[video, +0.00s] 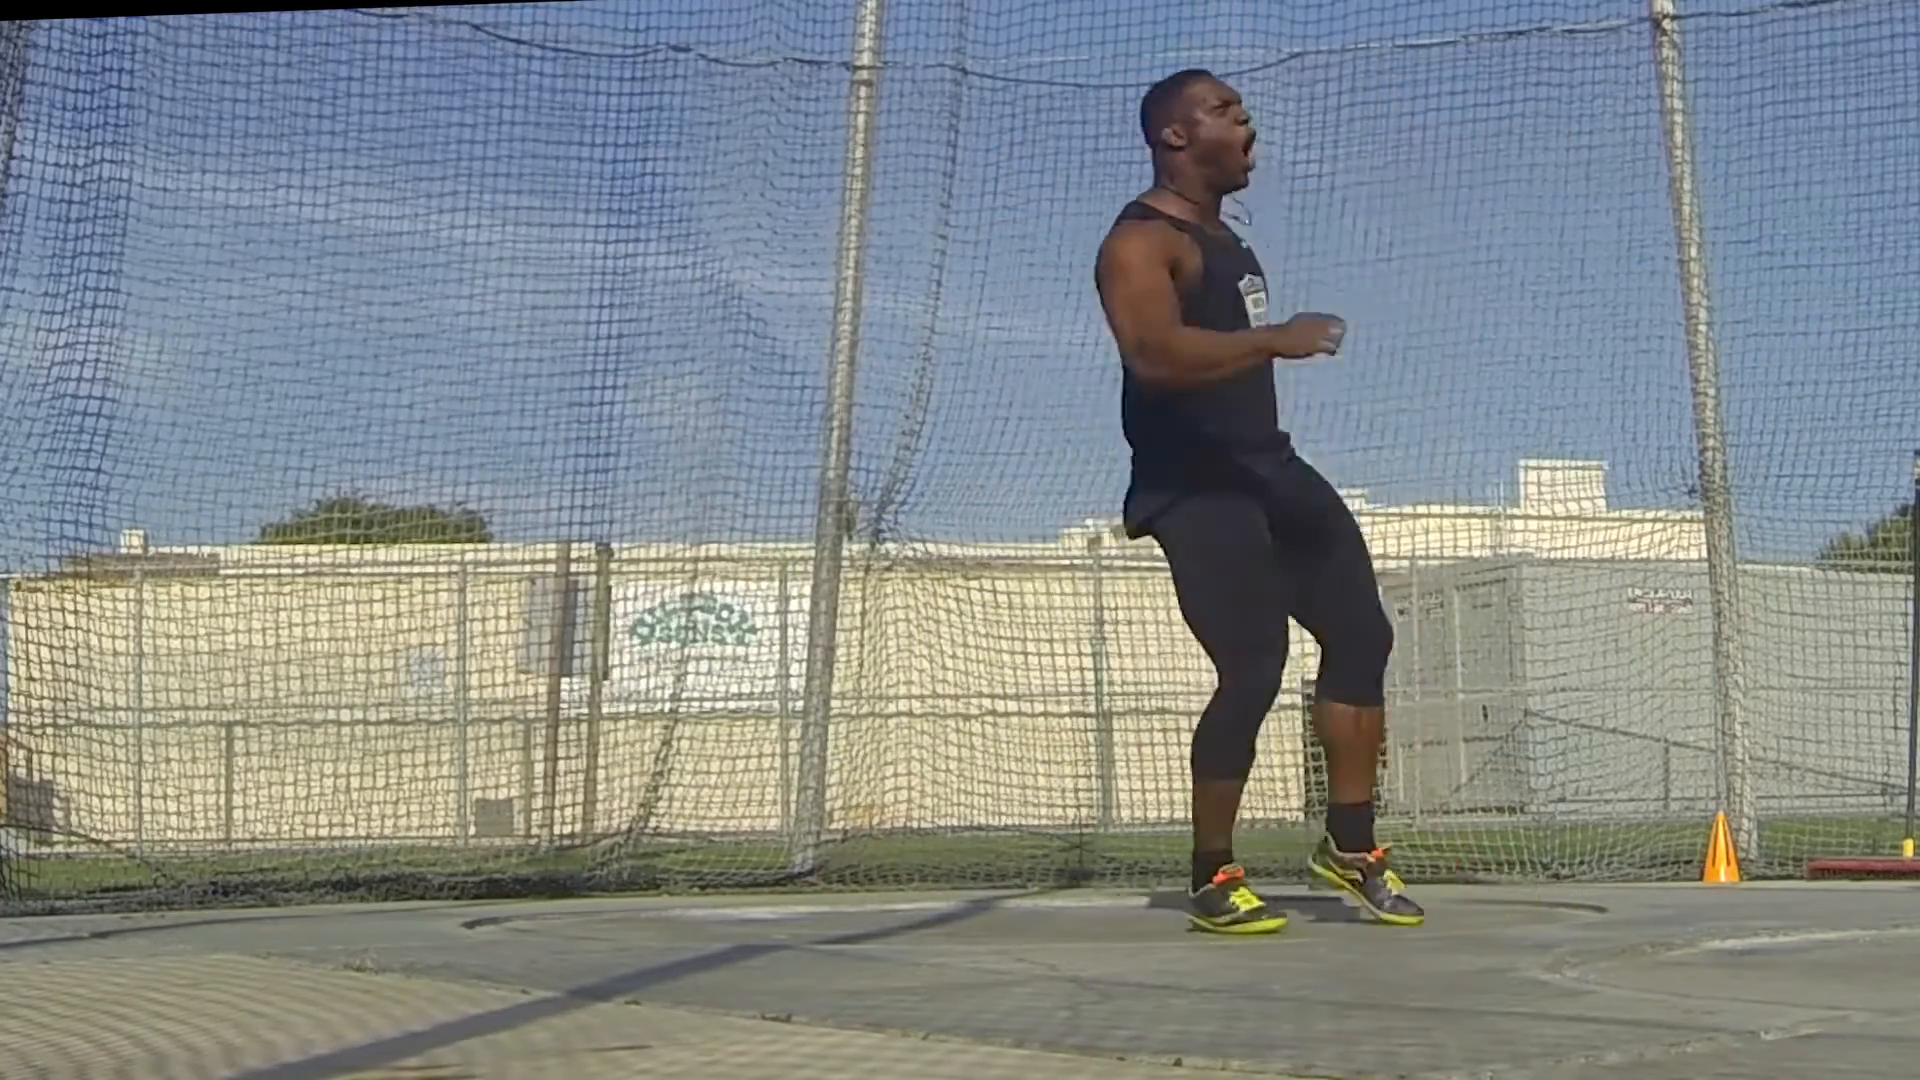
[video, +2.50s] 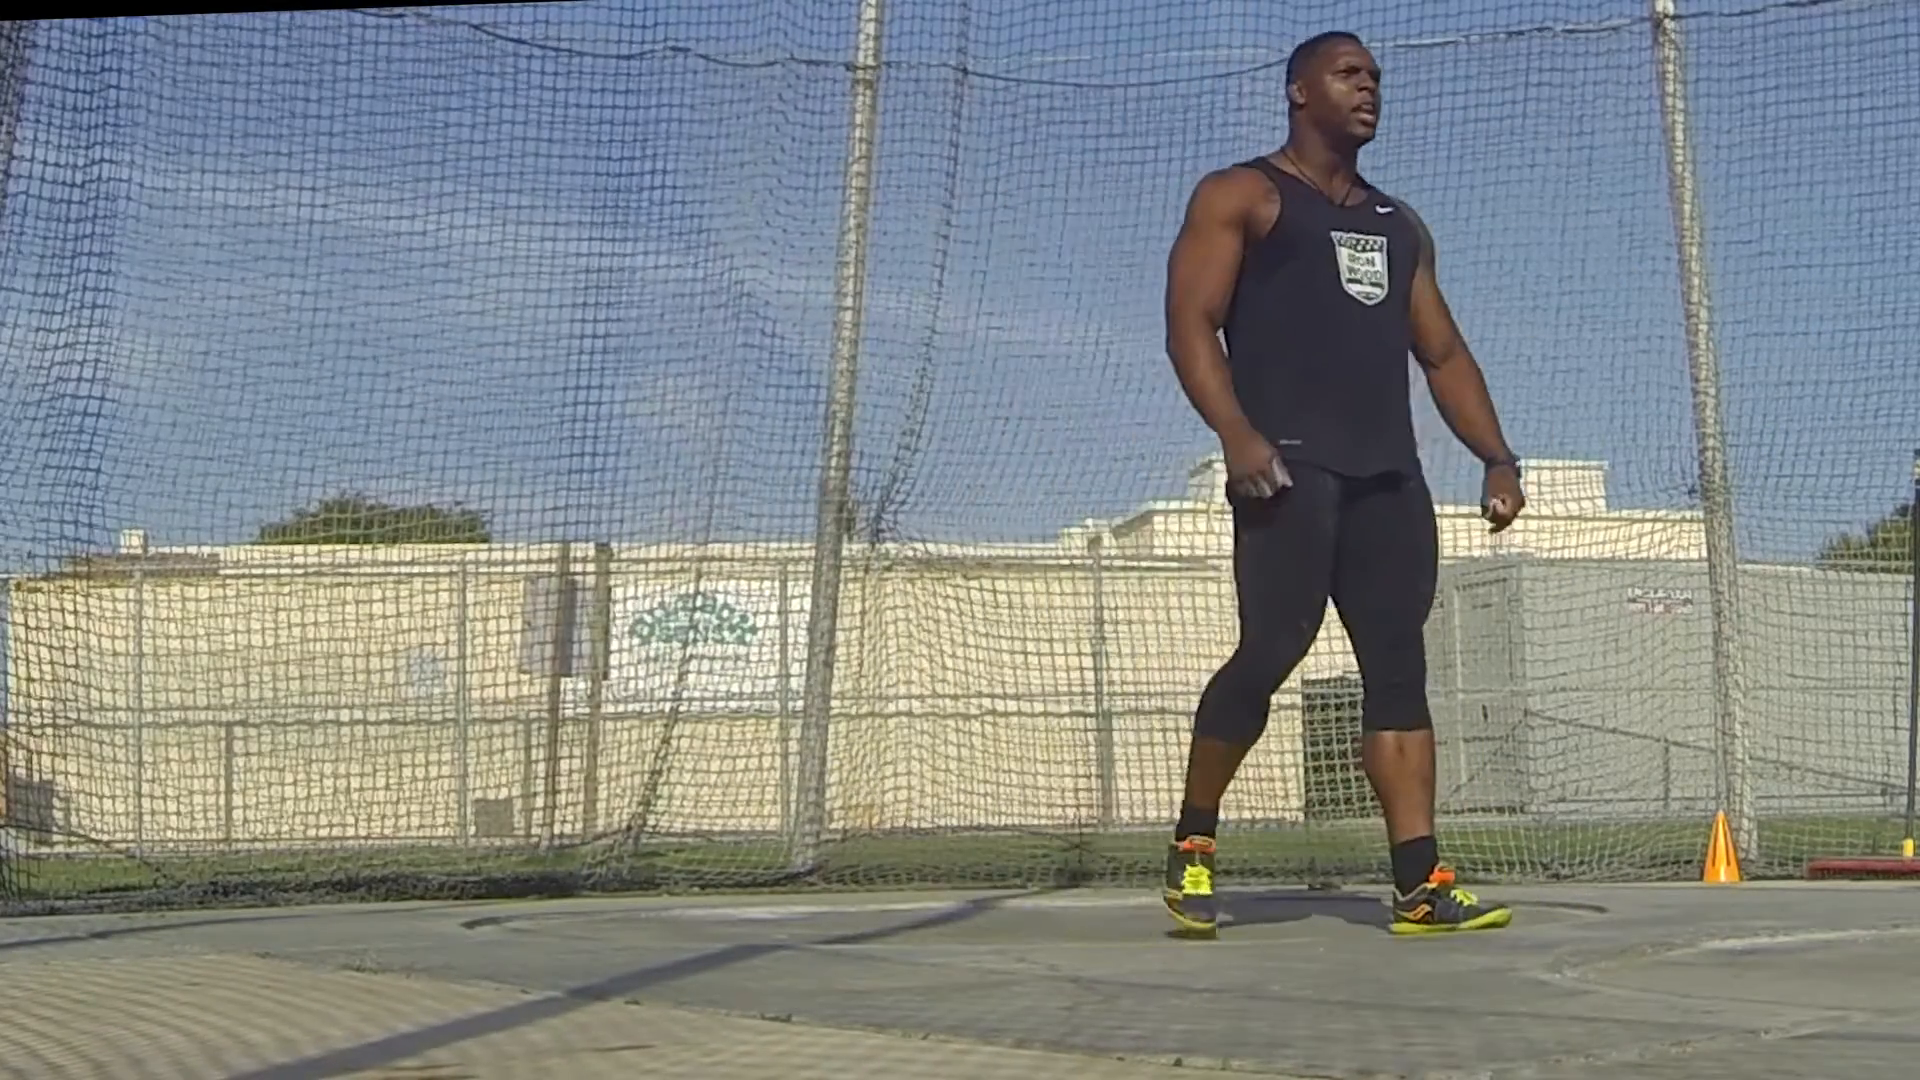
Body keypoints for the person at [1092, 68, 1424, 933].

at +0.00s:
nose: (1248, 128)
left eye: (1243, 113)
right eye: (1228, 114)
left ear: (1194, 141)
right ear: (1174, 136)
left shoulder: (1222, 238)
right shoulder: (1137, 238)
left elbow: (1208, 360)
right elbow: (1154, 355)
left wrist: (1273, 462)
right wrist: (1273, 342)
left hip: (1273, 473)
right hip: (1195, 487)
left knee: (1360, 636)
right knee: (1251, 666)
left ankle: (1351, 849)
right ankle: (1213, 875)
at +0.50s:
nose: (1001, 166)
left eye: (979, 153)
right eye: (1014, 153)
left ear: (949, 160)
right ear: (1026, 160)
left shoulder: (898, 243)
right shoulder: (1084, 244)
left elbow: (829, 374)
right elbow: (1145, 381)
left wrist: (816, 468)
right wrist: (1149, 474)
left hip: (940, 512)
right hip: (1049, 511)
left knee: (920, 698)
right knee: (1088, 687)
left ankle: (895, 891)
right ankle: (1122, 880)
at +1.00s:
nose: (924, 172)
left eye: (911, 159)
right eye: (943, 159)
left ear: (888, 168)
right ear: (962, 169)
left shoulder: (824, 251)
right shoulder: (999, 232)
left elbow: (798, 384)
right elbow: (1013, 348)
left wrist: (811, 505)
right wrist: (1012, 477)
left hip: (890, 504)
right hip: (992, 495)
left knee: (896, 691)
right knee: (1049, 668)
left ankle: (893, 889)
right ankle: (1078, 864)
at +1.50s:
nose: (1077, 132)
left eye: (1077, 118)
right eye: (1058, 118)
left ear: (1032, 141)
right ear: (1007, 136)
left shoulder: (1005, 229)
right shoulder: (996, 231)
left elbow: (994, 379)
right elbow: (992, 374)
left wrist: (1077, 469)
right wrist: (1089, 469)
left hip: (990, 499)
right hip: (1031, 497)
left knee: (968, 671)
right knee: (1057, 681)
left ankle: (886, 864)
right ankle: (1098, 888)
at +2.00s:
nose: (1180, 92)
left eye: (1184, 81)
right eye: (1159, 79)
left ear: (1186, 105)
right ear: (1111, 101)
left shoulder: (1206, 218)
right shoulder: (1071, 196)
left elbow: (1238, 351)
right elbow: (1024, 327)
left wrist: (1290, 451)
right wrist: (1070, 443)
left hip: (1220, 476)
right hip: (1127, 475)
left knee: (1281, 644)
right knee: (1114, 673)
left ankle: (1297, 866)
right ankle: (1099, 886)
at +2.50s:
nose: (1368, 89)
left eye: (1373, 78)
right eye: (1349, 75)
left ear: (1378, 100)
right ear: (1299, 94)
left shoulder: (1398, 226)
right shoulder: (1238, 194)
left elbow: (1444, 354)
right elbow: (1189, 326)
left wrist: (1496, 455)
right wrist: (1237, 436)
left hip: (1387, 474)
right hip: (1284, 465)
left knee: (1397, 661)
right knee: (1270, 648)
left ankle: (1419, 882)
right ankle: (1194, 840)